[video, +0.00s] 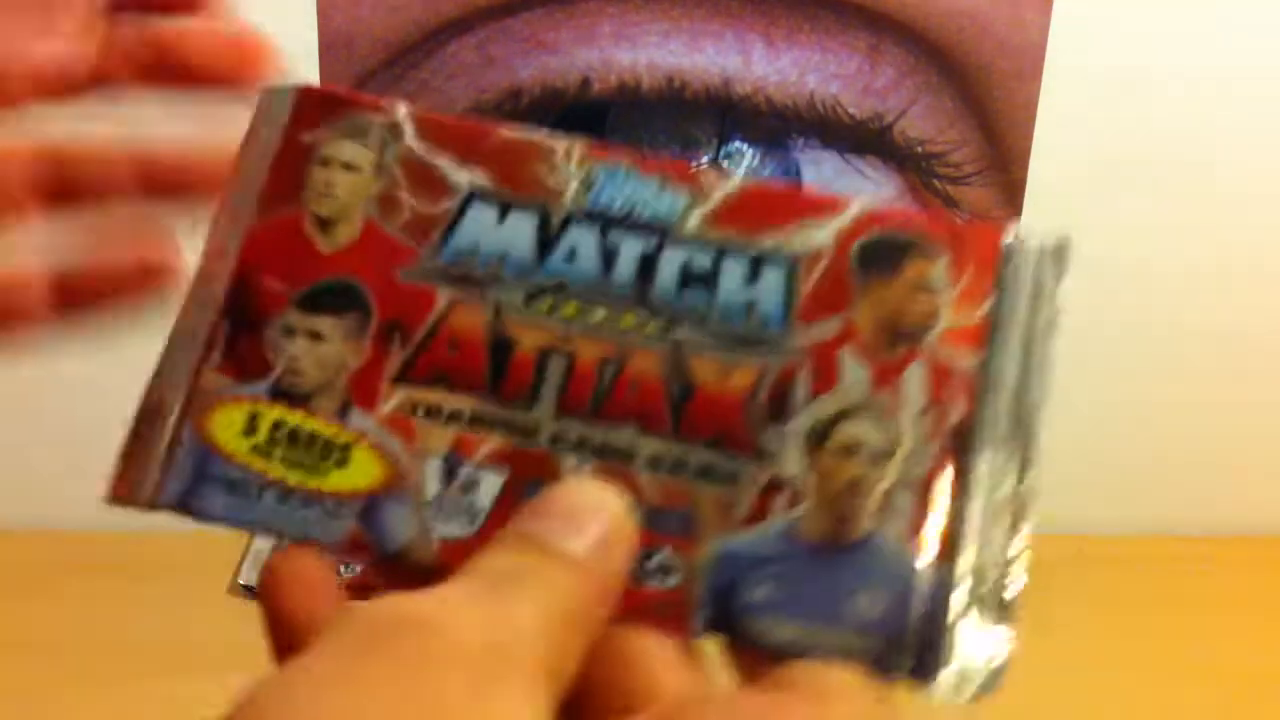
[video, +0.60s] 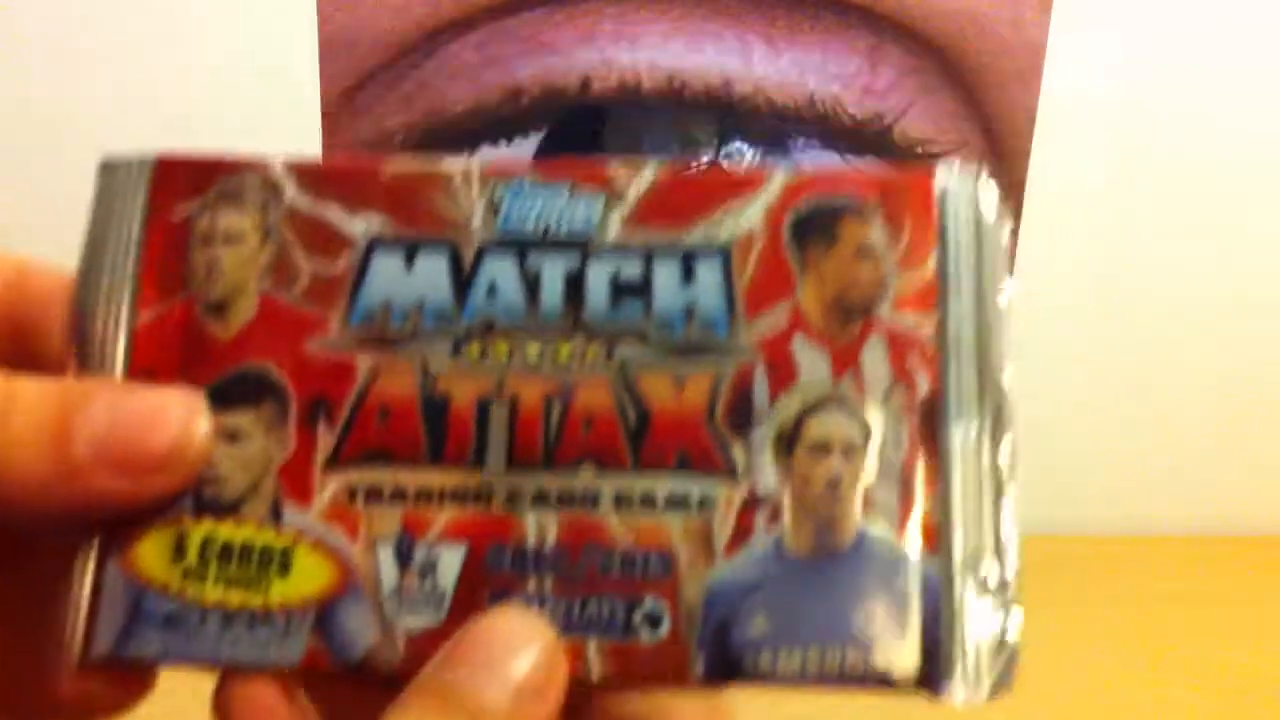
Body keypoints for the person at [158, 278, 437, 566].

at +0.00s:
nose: (294, 352)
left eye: (315, 339)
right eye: (287, 334)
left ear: (356, 353)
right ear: (271, 340)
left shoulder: (373, 451)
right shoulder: (220, 411)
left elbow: (413, 561)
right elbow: (162, 507)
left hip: (300, 596)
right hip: (193, 568)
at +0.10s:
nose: (297, 320)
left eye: (318, 306)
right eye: (291, 303)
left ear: (363, 318)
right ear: (278, 310)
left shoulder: (394, 414)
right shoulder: (225, 392)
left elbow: (432, 519)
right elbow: (175, 497)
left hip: (330, 564)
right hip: (219, 552)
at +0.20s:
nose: (290, 308)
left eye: (310, 293)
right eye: (283, 291)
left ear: (354, 303)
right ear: (267, 296)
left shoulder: (393, 399)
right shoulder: (226, 386)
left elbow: (440, 505)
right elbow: (175, 500)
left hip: (343, 563)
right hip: (228, 554)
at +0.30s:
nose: (280, 287)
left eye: (301, 271)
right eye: (275, 268)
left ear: (342, 282)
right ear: (259, 271)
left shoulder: (375, 382)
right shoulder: (215, 363)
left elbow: (426, 491)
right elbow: (160, 476)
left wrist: (426, 381)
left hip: (318, 544)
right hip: (211, 535)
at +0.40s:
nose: (262, 325)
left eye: (283, 309)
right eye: (257, 306)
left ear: (327, 316)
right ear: (240, 308)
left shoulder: (361, 424)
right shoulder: (199, 408)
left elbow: (404, 537)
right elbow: (147, 524)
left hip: (303, 588)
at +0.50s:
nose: (233, 400)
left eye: (253, 383)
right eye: (227, 381)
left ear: (299, 391)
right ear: (210, 387)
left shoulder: (335, 496)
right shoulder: (171, 488)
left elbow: (392, 606)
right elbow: (123, 611)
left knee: (273, 635)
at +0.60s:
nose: (210, 456)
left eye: (232, 439)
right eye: (204, 438)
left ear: (279, 445)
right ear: (188, 442)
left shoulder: (320, 550)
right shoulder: (146, 541)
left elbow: (374, 663)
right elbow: (93, 667)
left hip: (260, 708)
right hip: (157, 703)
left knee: (254, 692)